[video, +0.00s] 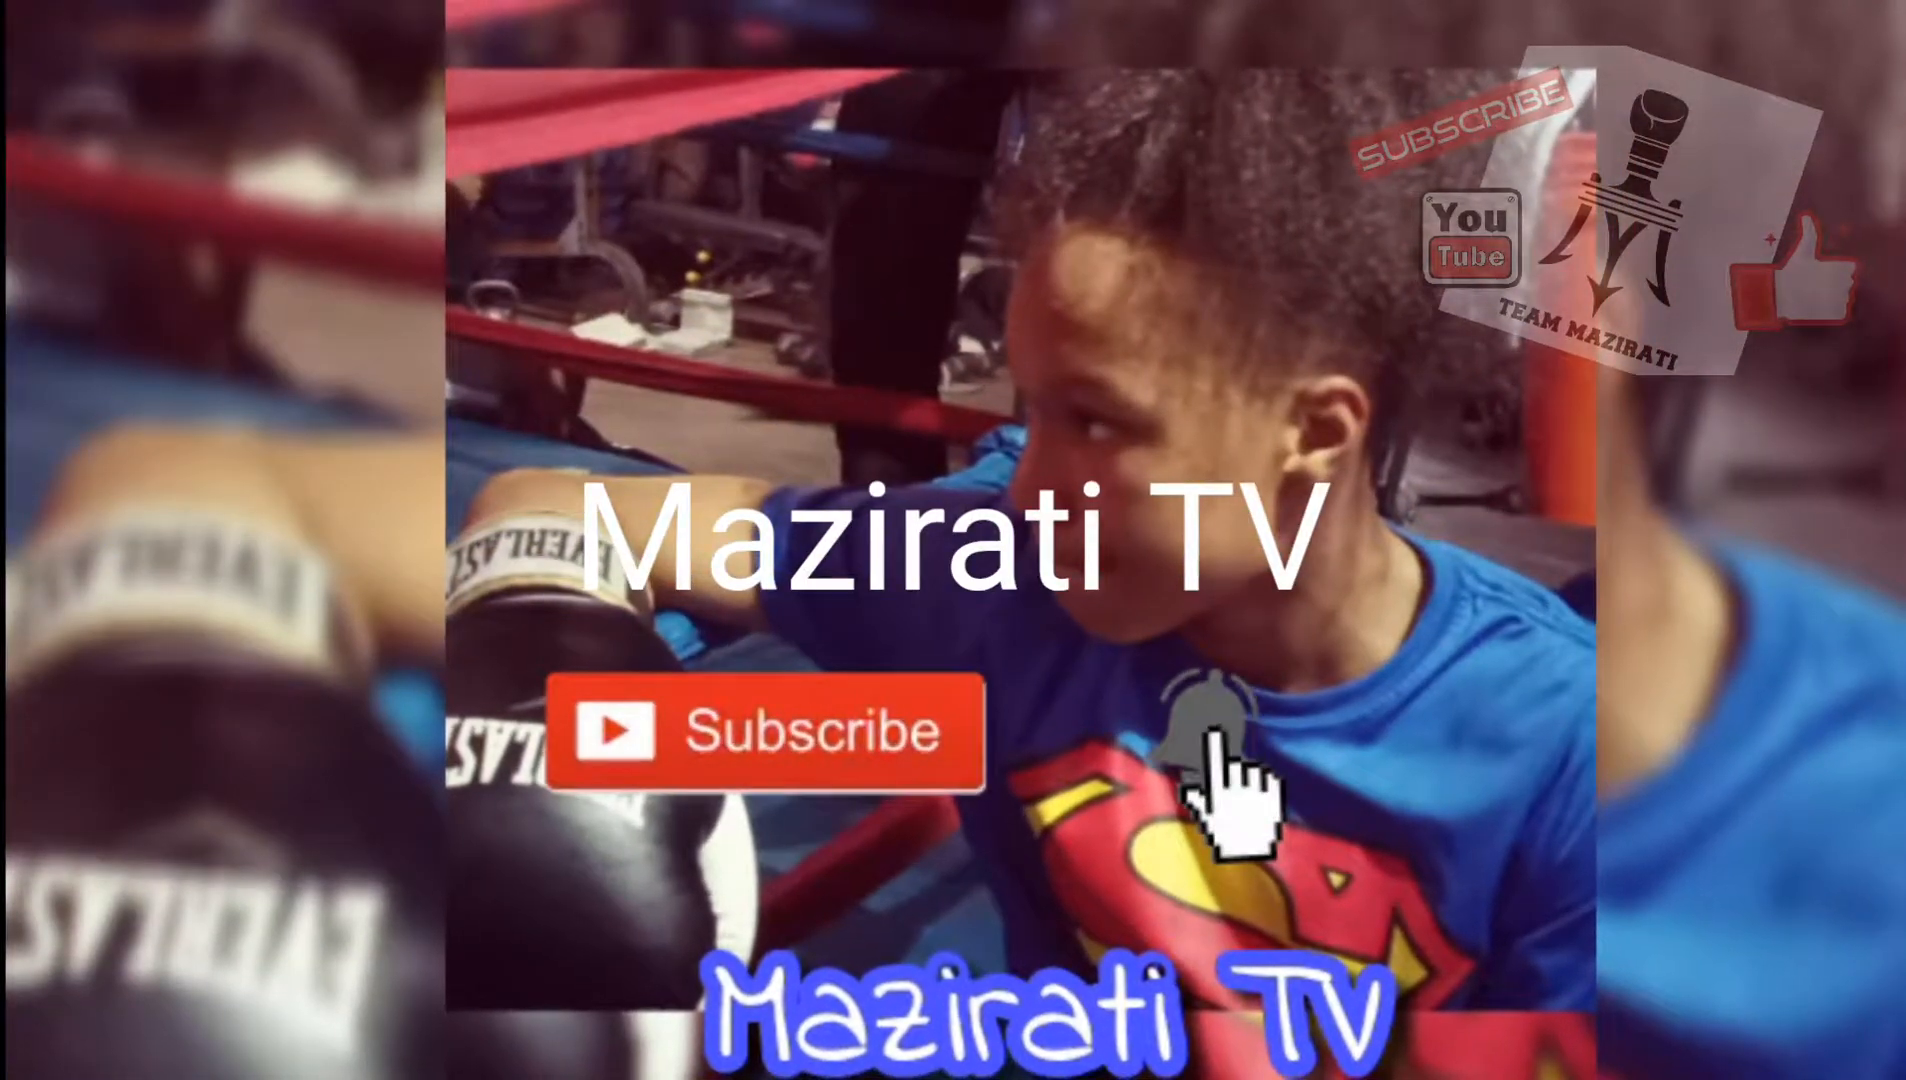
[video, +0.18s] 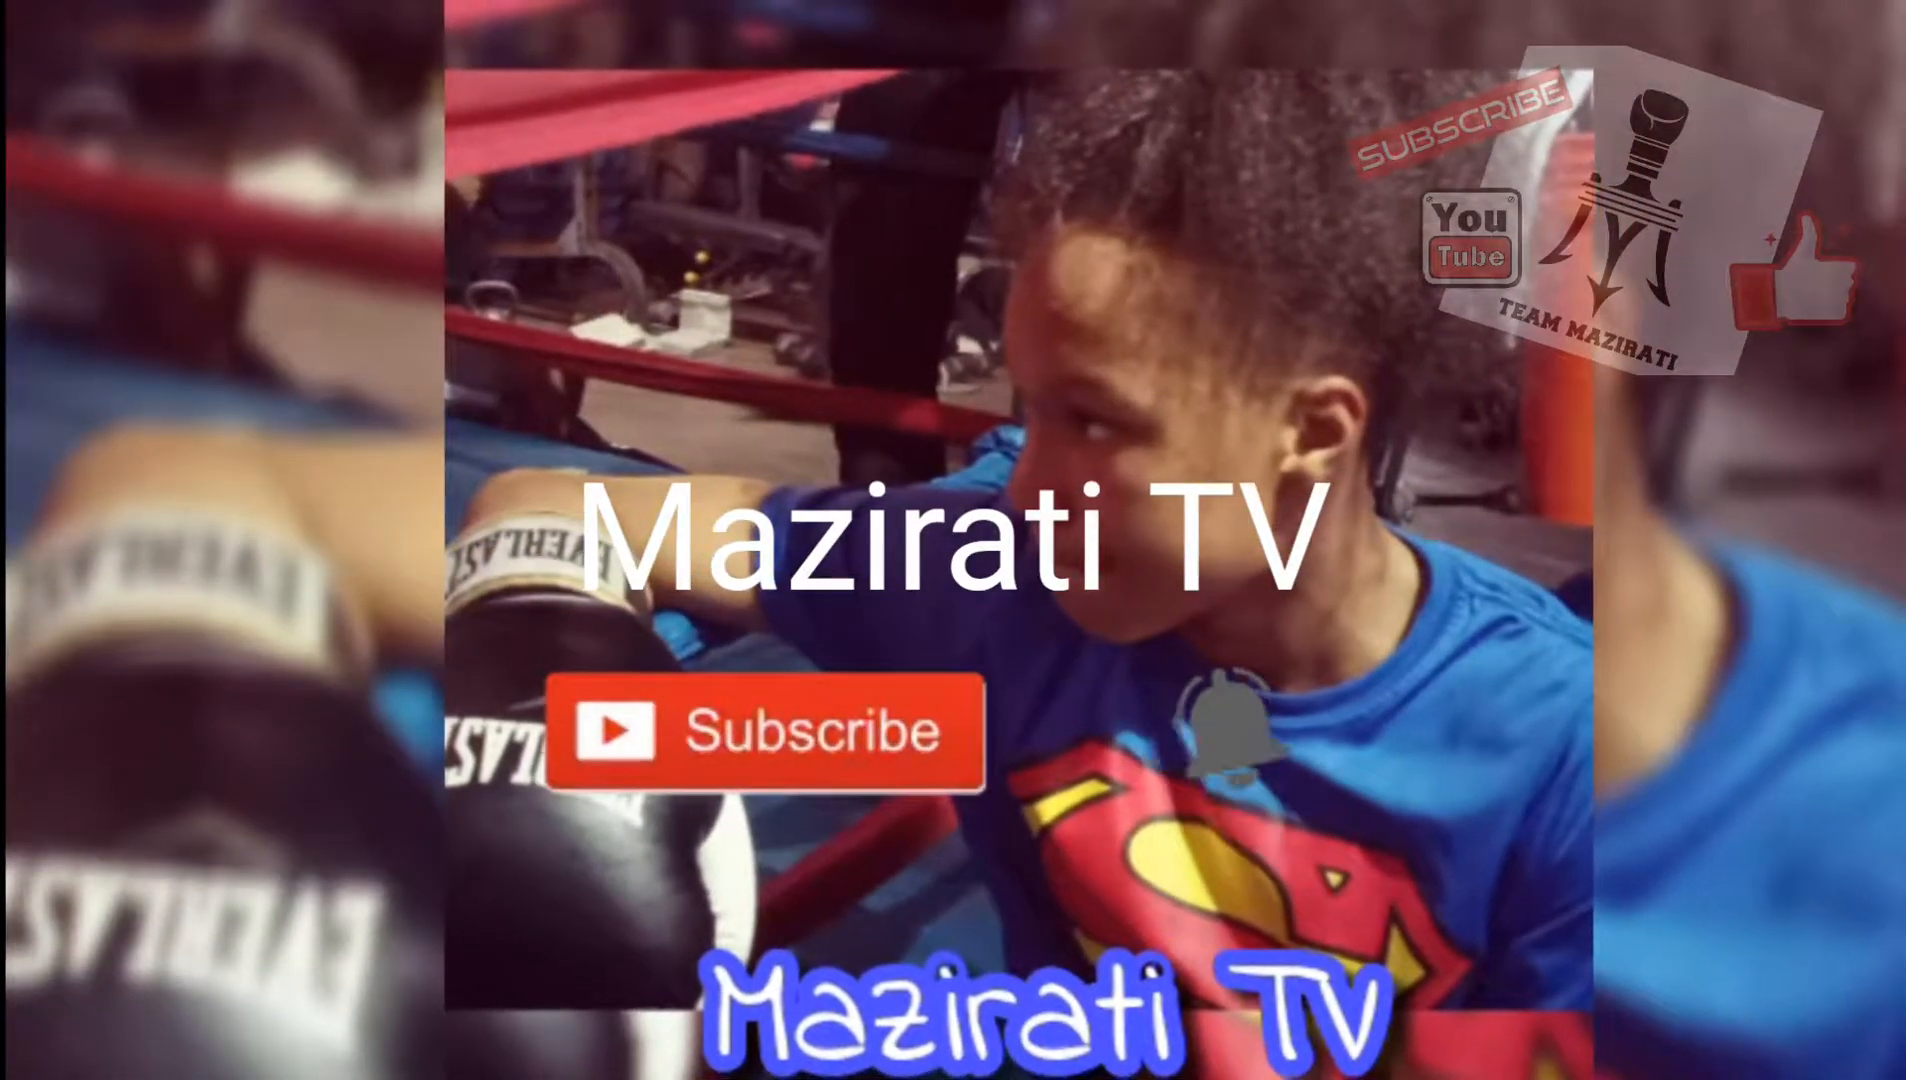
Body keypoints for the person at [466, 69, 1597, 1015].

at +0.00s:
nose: (1030, 477)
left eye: (1097, 428)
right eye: (1026, 411)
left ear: (1317, 446)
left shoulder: (1557, 732)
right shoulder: (1014, 553)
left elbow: (1597, 1045)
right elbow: (624, 528)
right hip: (1047, 1053)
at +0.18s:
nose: (1030, 481)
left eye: (1098, 430)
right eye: (1026, 413)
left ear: (1315, 446)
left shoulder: (1555, 733)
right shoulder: (1014, 548)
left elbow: (1589, 1046)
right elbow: (620, 528)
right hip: (1039, 1051)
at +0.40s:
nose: (1028, 481)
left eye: (1095, 430)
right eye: (1024, 414)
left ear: (1313, 446)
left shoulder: (1549, 729)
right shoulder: (1014, 545)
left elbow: (1584, 1047)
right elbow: (636, 531)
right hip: (1032, 1051)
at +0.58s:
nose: (1027, 480)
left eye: (1092, 428)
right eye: (1022, 415)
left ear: (1312, 444)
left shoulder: (1551, 733)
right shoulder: (1009, 554)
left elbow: (1587, 1043)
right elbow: (600, 526)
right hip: (1044, 1053)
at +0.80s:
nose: (1025, 480)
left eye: (1090, 429)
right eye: (1020, 415)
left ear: (1309, 445)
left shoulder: (1548, 735)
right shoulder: (1007, 554)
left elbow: (1589, 1043)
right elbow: (598, 528)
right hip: (1035, 1050)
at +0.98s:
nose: (1022, 480)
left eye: (1089, 429)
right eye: (1018, 414)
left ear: (1307, 445)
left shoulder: (1546, 736)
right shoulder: (1010, 556)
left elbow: (1584, 1044)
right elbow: (597, 526)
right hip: (1039, 1051)